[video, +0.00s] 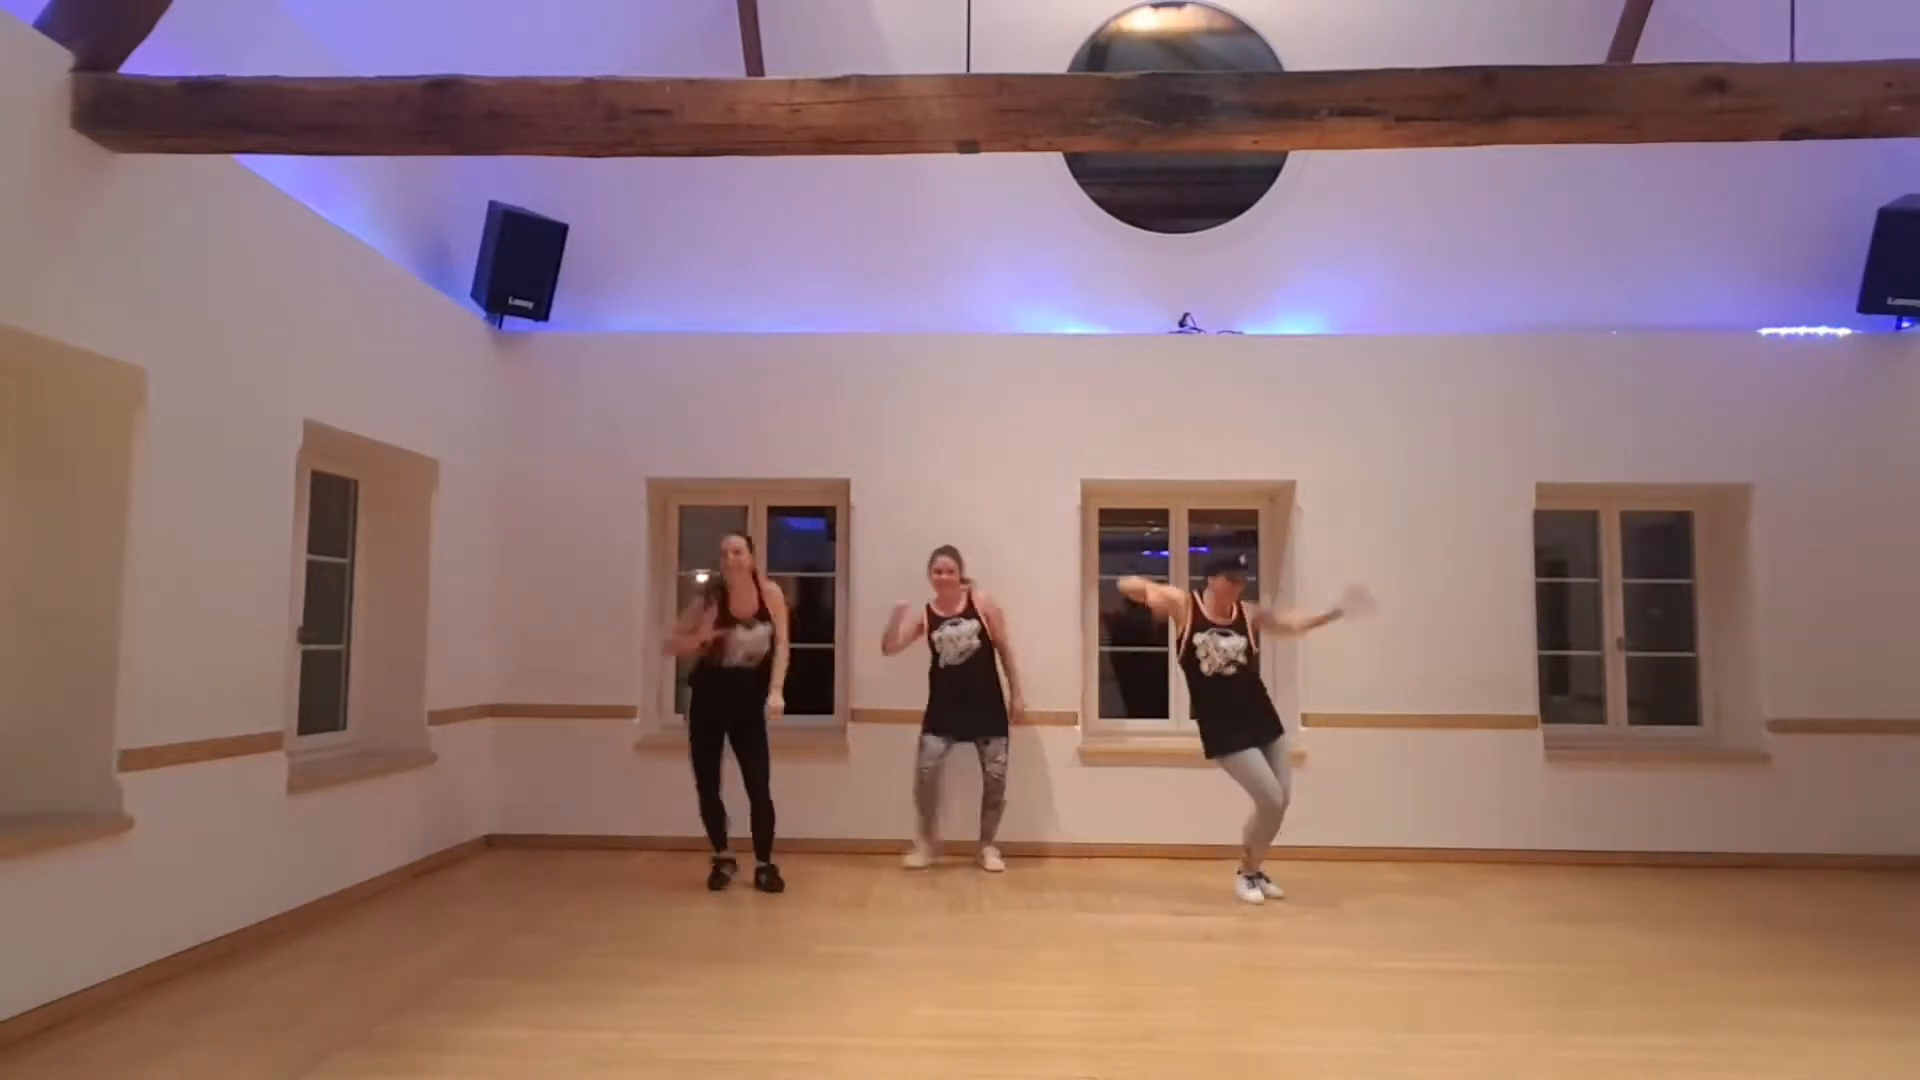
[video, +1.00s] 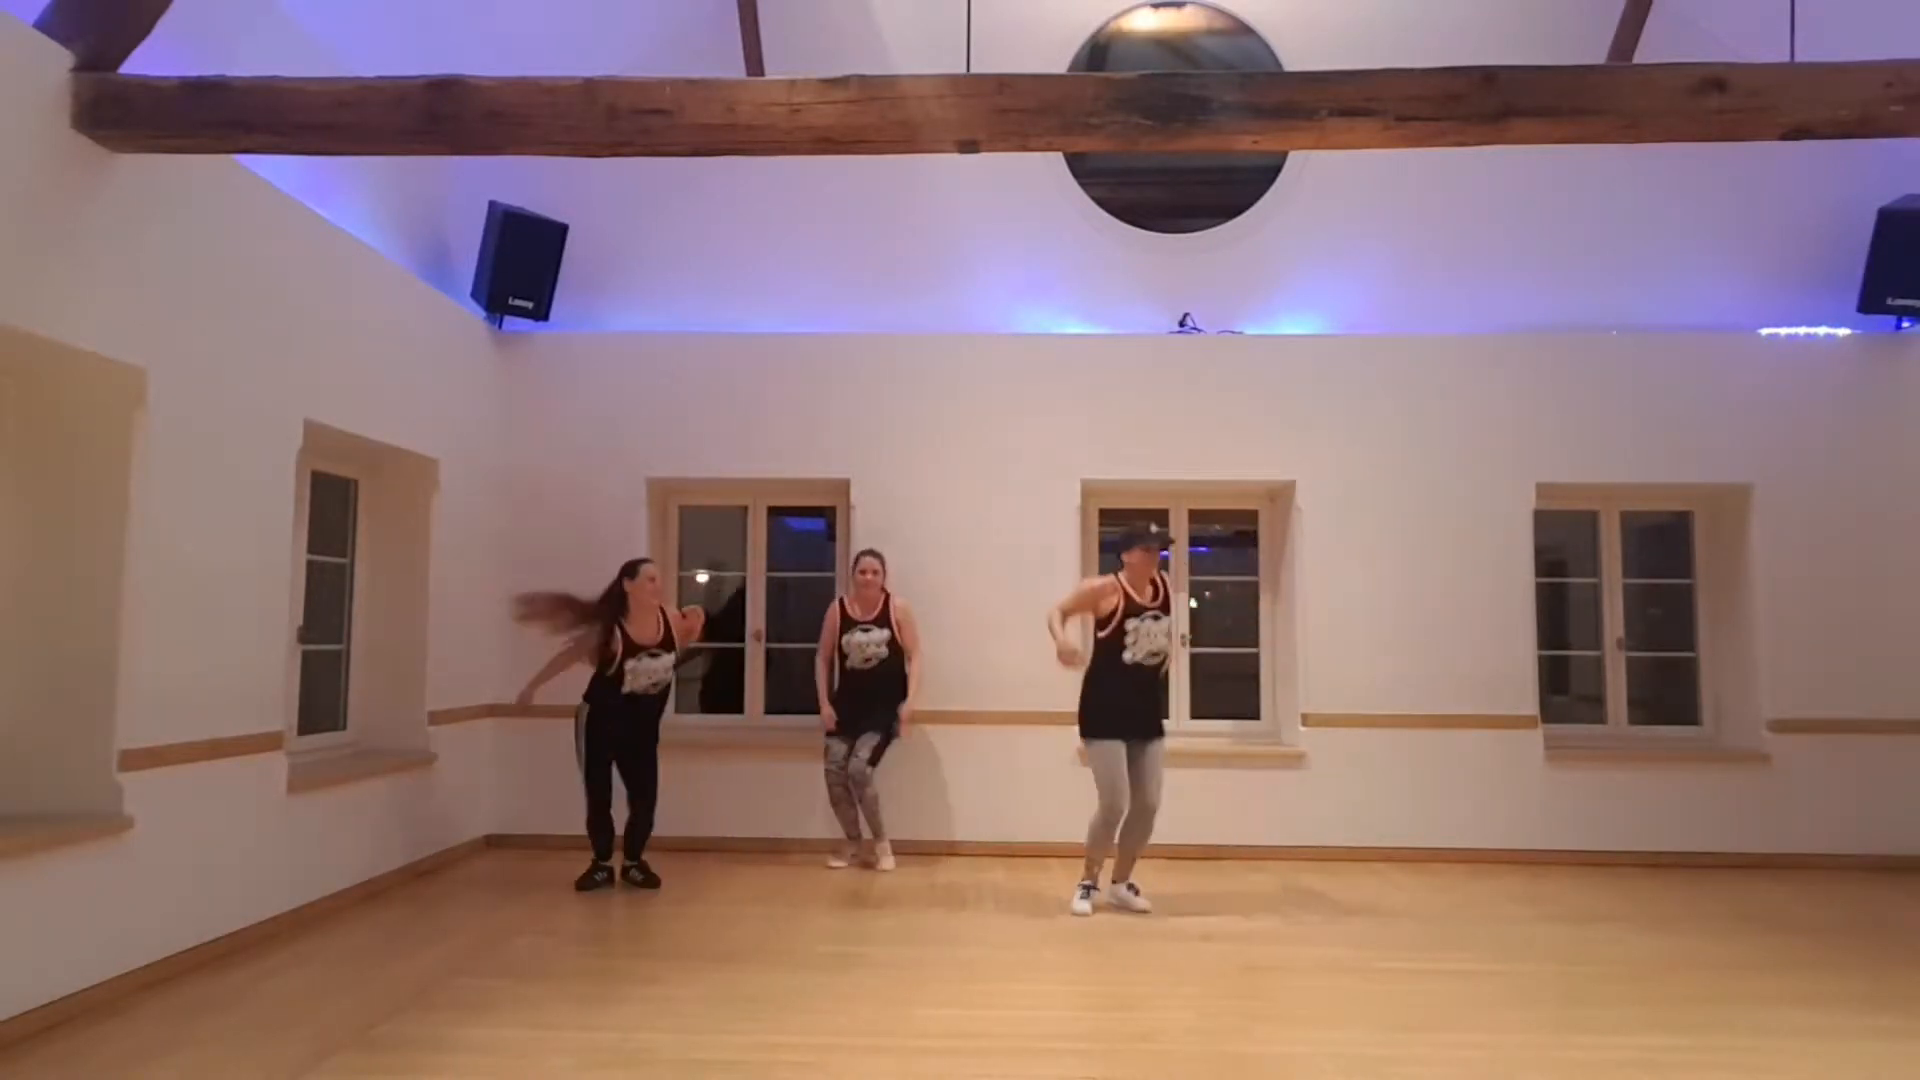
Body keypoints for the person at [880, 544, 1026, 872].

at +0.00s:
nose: (943, 577)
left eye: (950, 571)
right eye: (937, 572)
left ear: (961, 574)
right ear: (929, 576)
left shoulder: (982, 603)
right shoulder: (927, 613)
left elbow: (1004, 649)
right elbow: (889, 648)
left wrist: (1016, 694)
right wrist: (896, 621)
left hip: (986, 701)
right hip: (944, 703)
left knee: (996, 775)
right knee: (926, 769)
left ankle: (988, 845)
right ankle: (927, 843)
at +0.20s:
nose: (919, 583)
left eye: (924, 577)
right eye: (913, 576)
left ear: (932, 580)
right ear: (900, 578)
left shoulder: (945, 608)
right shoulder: (890, 609)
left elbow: (980, 642)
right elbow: (891, 636)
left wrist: (1012, 678)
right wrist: (932, 627)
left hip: (968, 696)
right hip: (926, 700)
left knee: (980, 770)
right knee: (894, 773)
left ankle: (987, 843)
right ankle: (852, 838)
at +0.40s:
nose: (893, 593)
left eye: (898, 587)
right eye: (887, 586)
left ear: (902, 589)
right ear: (871, 585)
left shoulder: (904, 619)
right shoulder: (857, 605)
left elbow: (941, 658)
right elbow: (883, 629)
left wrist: (981, 694)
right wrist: (927, 640)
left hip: (924, 701)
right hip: (883, 710)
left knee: (956, 767)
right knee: (868, 779)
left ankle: (981, 841)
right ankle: (848, 843)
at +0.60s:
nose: (873, 584)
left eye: (878, 578)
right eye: (867, 577)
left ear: (884, 579)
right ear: (853, 576)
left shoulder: (890, 607)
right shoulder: (839, 599)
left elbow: (909, 655)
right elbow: (853, 642)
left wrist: (927, 702)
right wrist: (888, 672)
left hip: (896, 698)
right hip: (855, 701)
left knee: (932, 758)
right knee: (851, 774)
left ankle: (949, 841)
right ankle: (846, 843)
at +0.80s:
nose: (866, 569)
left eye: (873, 563)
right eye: (861, 562)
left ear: (881, 566)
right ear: (850, 564)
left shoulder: (892, 597)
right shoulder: (836, 591)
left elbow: (920, 631)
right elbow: (818, 638)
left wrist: (915, 679)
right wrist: (834, 682)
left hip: (886, 690)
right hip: (846, 691)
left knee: (890, 761)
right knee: (845, 768)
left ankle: (899, 840)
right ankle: (846, 841)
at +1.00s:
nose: (868, 577)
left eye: (874, 572)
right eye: (862, 572)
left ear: (883, 577)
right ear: (853, 575)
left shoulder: (897, 609)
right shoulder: (838, 610)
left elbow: (913, 654)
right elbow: (823, 657)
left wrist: (910, 701)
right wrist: (824, 702)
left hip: (884, 704)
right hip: (847, 703)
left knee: (858, 768)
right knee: (833, 770)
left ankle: (881, 842)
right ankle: (853, 843)